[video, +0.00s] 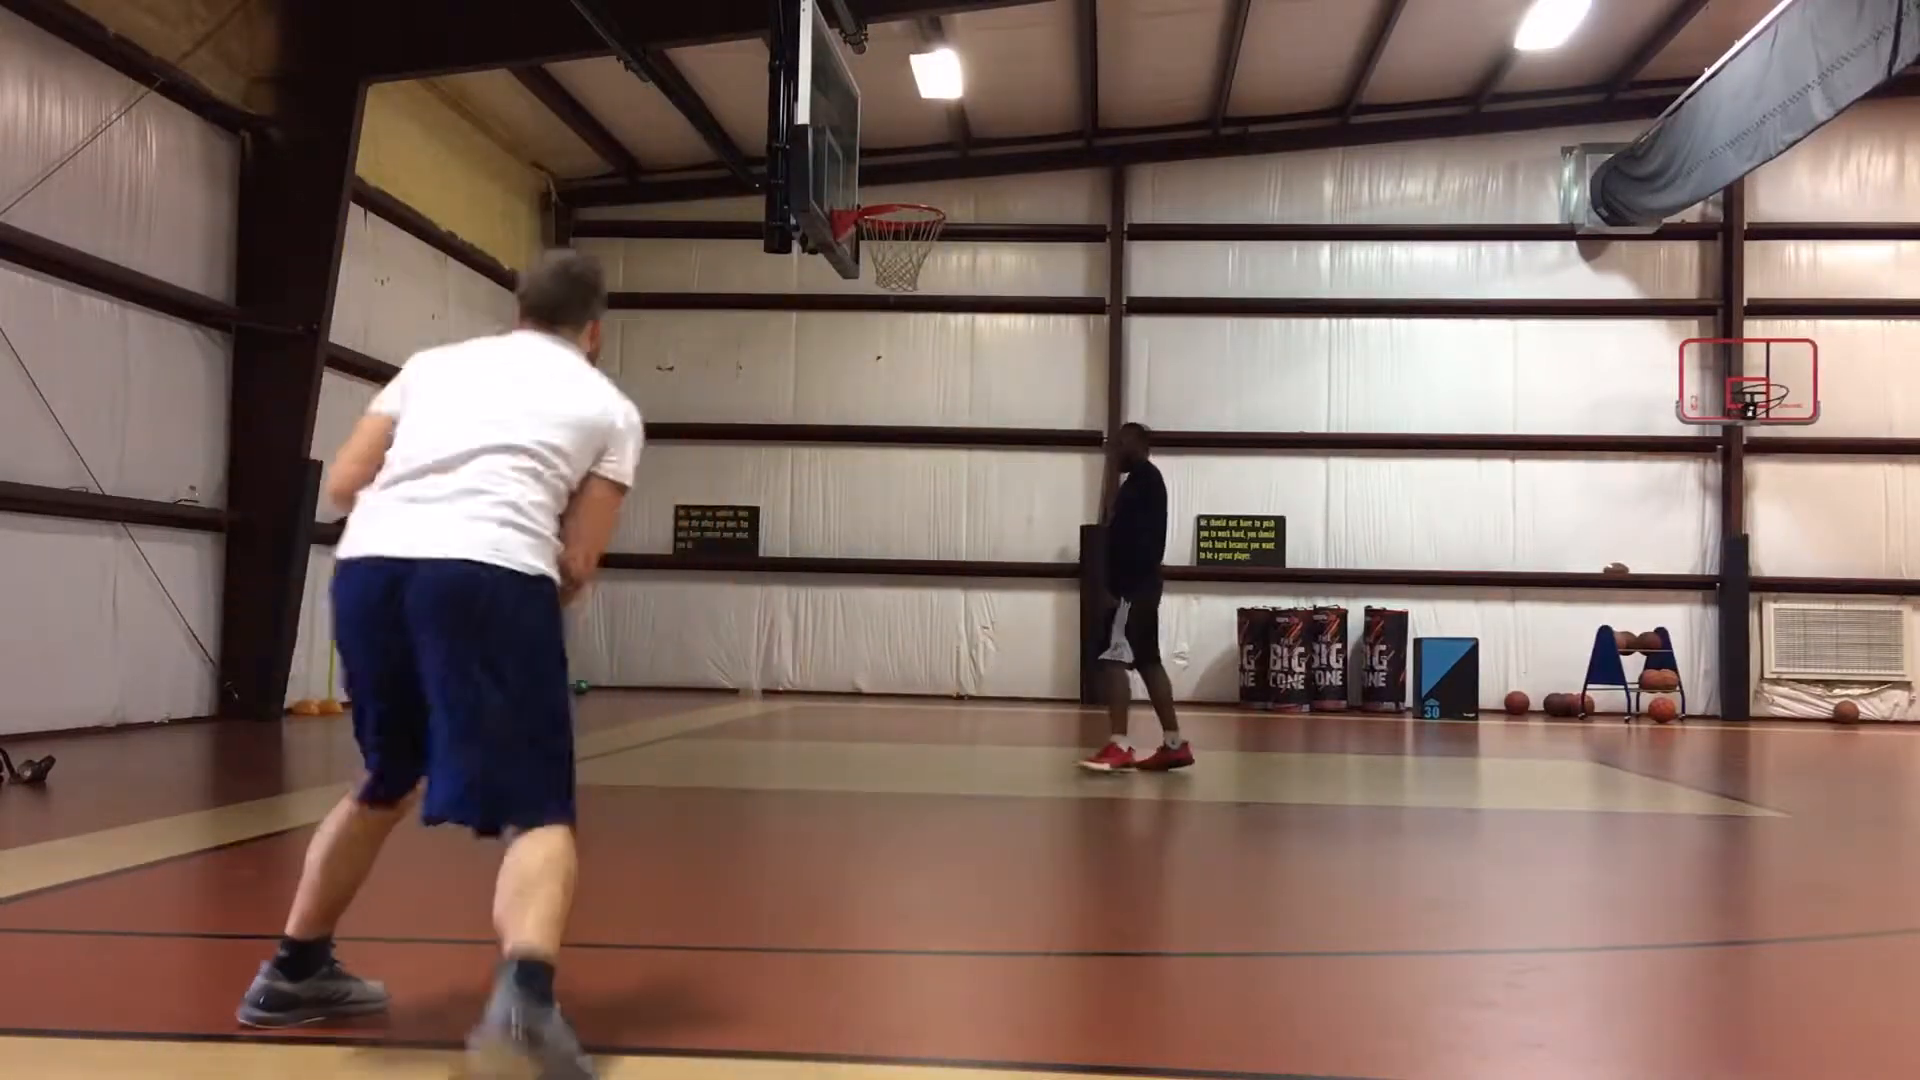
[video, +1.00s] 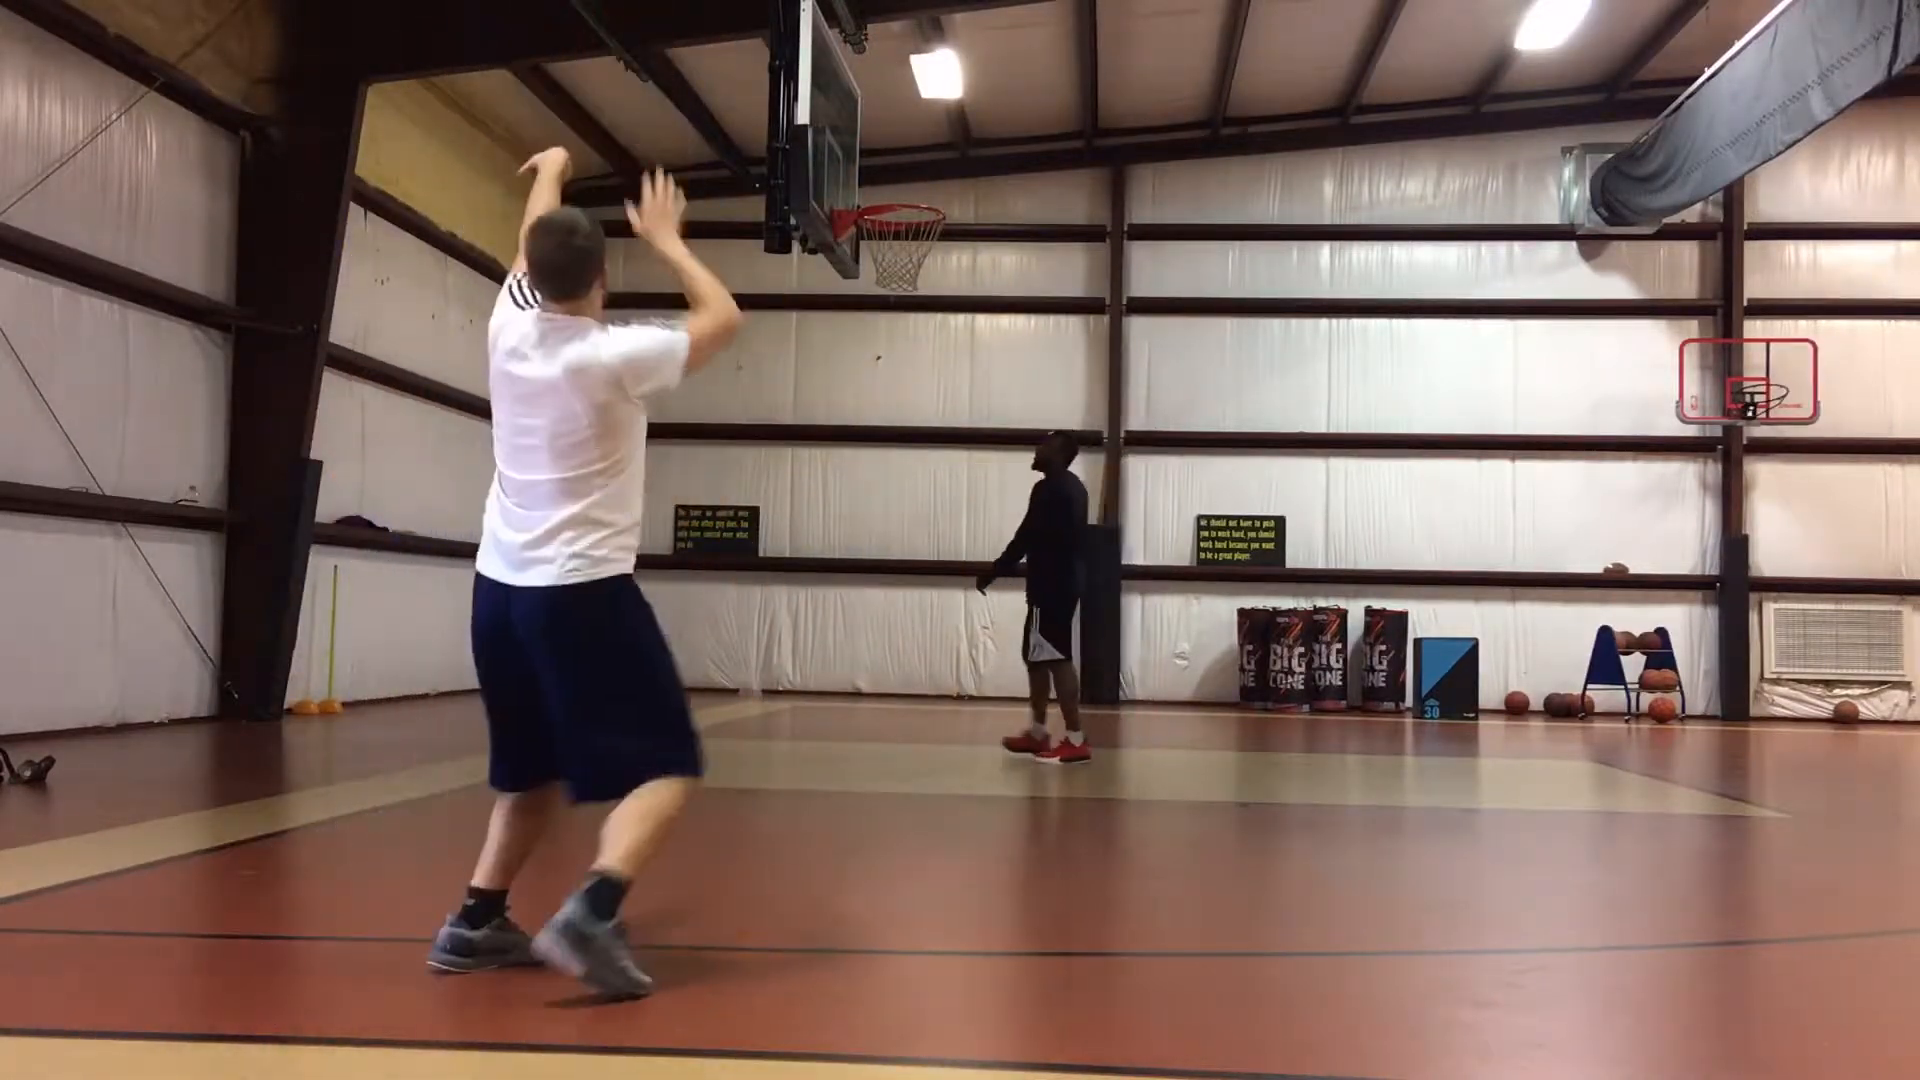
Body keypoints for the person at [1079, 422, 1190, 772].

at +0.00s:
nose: (1113, 450)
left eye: (1118, 443)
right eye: (1114, 443)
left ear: (1135, 445)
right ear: (1141, 446)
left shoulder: (1141, 480)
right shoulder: (1147, 479)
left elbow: (1135, 539)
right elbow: (1140, 538)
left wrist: (1118, 588)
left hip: (1132, 588)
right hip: (1144, 587)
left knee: (1112, 662)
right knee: (1148, 662)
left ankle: (1119, 744)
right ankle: (1175, 743)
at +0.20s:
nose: (1098, 453)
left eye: (1102, 447)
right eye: (1099, 447)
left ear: (1116, 449)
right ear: (1130, 449)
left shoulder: (1119, 483)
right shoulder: (1144, 483)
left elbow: (1119, 543)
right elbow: (1148, 543)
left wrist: (1110, 589)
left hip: (1121, 589)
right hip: (1146, 586)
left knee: (1093, 658)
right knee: (1149, 660)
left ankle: (1095, 740)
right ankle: (1174, 742)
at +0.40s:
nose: (1076, 462)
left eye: (1079, 454)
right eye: (1076, 454)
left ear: (1093, 453)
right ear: (1105, 453)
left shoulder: (1093, 485)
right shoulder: (1130, 488)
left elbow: (1097, 543)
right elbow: (1133, 548)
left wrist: (1094, 594)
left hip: (1103, 591)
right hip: (1136, 589)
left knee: (1092, 666)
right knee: (1142, 664)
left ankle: (1080, 740)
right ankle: (1171, 739)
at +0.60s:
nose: (1055, 458)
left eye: (1059, 452)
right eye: (1056, 452)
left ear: (1071, 453)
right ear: (1087, 453)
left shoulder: (1067, 487)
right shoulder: (1113, 484)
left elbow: (1062, 549)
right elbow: (1123, 539)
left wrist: (1057, 600)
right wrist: (1108, 576)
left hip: (1075, 590)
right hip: (1108, 588)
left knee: (1072, 663)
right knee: (1104, 662)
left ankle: (1076, 740)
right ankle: (1143, 715)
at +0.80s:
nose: (1044, 456)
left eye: (1048, 450)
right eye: (1045, 450)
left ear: (1063, 453)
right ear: (1076, 453)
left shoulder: (1053, 488)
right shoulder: (1102, 486)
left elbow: (1033, 545)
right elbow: (1109, 543)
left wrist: (1012, 589)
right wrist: (1102, 580)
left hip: (1064, 588)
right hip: (1099, 587)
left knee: (1061, 656)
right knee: (1070, 658)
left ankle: (1087, 727)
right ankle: (1079, 734)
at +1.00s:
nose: (1037, 448)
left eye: (1044, 444)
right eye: (1041, 443)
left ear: (1059, 454)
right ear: (1063, 455)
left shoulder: (1047, 489)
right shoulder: (1073, 487)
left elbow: (1025, 537)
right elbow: (1068, 543)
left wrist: (992, 571)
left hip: (1053, 588)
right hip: (1060, 586)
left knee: (1059, 660)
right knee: (1037, 658)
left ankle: (1075, 740)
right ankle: (1037, 733)